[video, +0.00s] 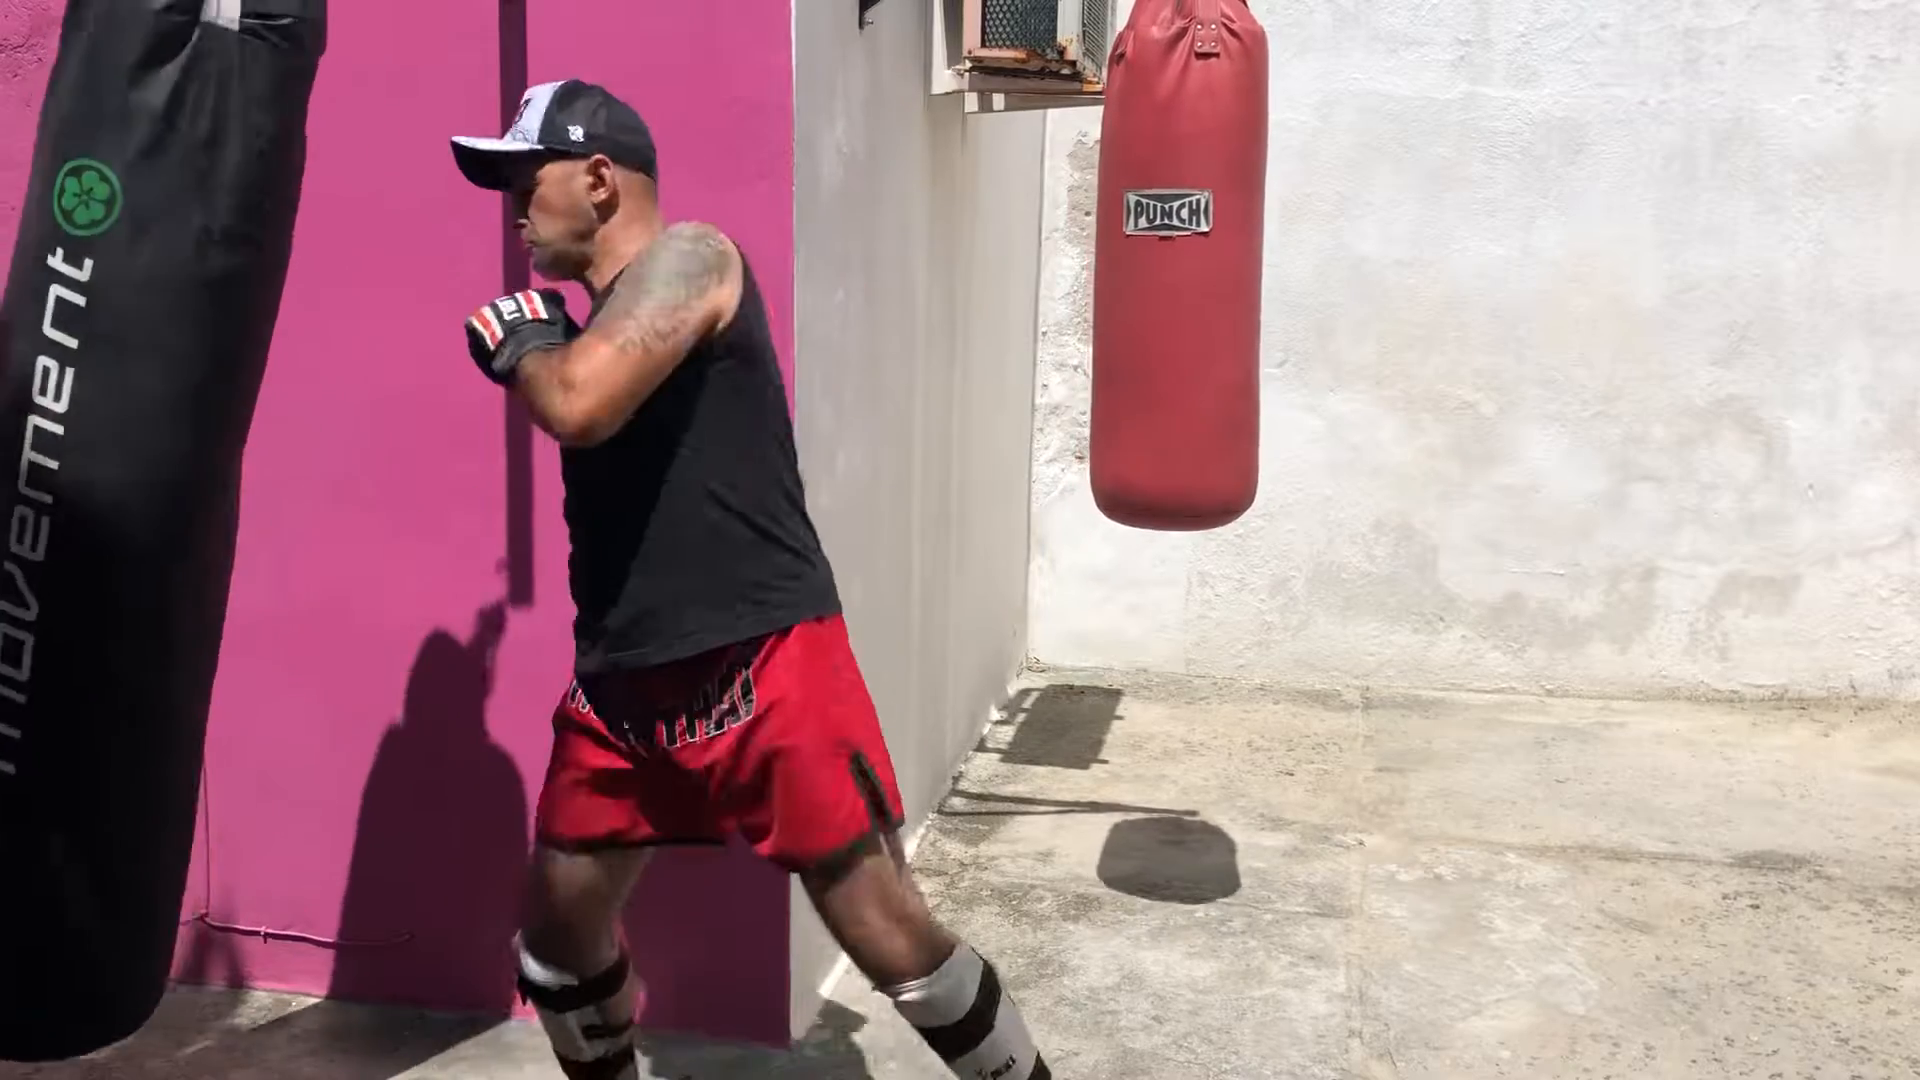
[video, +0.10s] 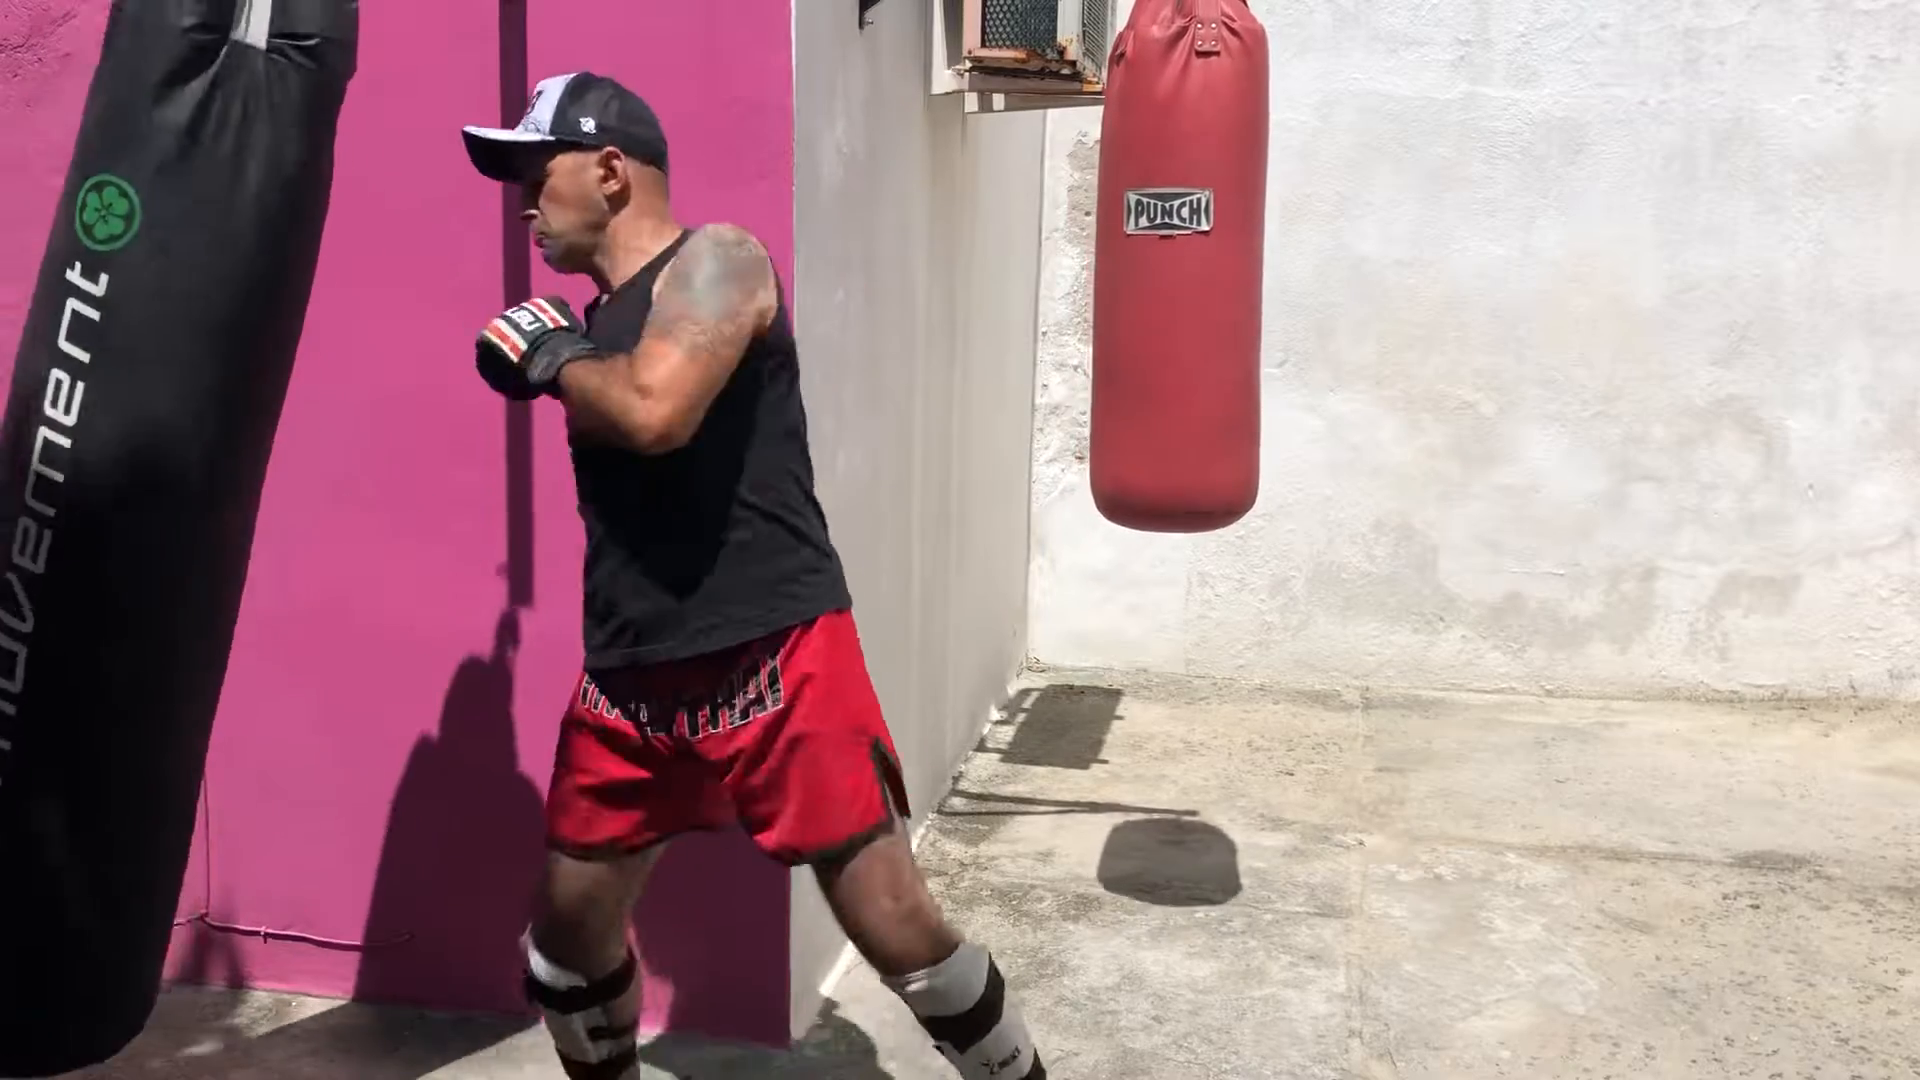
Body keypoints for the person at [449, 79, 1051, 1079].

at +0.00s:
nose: (514, 201)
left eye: (528, 178)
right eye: (513, 183)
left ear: (601, 178)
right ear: (593, 185)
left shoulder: (693, 253)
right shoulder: (592, 321)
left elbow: (577, 404)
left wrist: (524, 347)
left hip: (770, 653)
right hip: (625, 674)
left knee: (886, 935)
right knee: (563, 929)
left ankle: (1021, 1074)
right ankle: (611, 1076)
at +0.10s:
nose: (524, 193)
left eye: (539, 170)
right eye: (522, 174)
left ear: (611, 172)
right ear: (602, 179)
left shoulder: (722, 257)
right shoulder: (596, 323)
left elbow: (652, 410)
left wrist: (556, 358)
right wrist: (550, 371)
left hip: (780, 651)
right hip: (633, 669)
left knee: (896, 930)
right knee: (572, 923)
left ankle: (1018, 1072)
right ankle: (609, 1075)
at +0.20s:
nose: (592, 209)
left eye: (612, 185)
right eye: (592, 186)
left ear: (691, 190)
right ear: (672, 192)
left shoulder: (800, 298)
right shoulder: (608, 334)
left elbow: (806, 445)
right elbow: (522, 477)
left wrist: (654, 377)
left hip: (830, 659)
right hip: (668, 685)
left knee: (924, 869)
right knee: (581, 915)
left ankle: (1021, 1071)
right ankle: (599, 1077)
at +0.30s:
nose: (668, 233)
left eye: (689, 206)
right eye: (670, 207)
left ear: (767, 213)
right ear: (755, 215)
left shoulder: (870, 321)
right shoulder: (705, 351)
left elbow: (814, 469)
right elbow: (630, 484)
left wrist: (689, 377)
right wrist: (504, 488)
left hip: (858, 697)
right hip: (700, 700)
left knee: (972, 960)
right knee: (582, 931)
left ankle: (1090, 1074)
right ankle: (597, 1076)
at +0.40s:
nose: (741, 205)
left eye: (757, 182)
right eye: (740, 184)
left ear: (833, 187)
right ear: (821, 191)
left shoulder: (938, 288)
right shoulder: (797, 313)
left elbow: (835, 447)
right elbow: (777, 475)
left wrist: (725, 350)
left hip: (933, 673)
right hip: (790, 667)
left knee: (1014, 951)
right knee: (682, 899)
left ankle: (1113, 1077)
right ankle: (612, 1071)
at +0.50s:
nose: (800, 166)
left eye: (818, 145)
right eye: (798, 143)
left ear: (896, 147)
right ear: (877, 150)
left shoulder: (995, 241)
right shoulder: (861, 261)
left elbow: (903, 408)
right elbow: (857, 418)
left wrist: (764, 322)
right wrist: (770, 317)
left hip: (1000, 628)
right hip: (867, 622)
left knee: (1048, 913)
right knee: (769, 846)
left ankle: (1126, 1067)